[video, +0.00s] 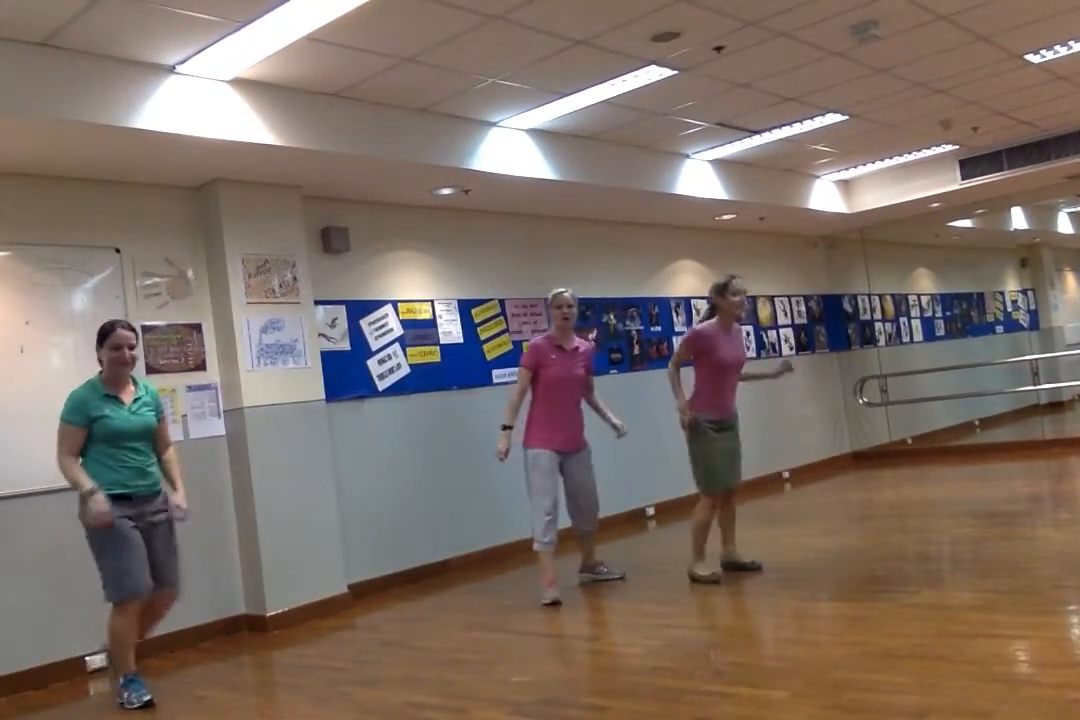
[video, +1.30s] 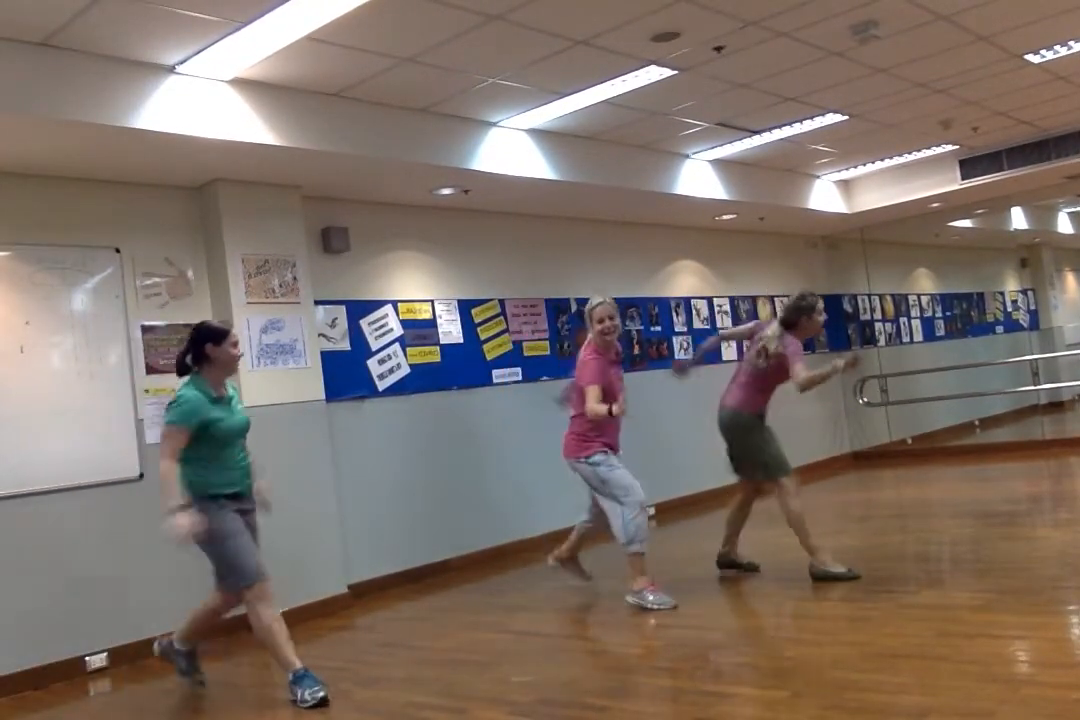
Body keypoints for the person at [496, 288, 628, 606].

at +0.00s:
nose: (565, 311)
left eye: (570, 306)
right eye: (560, 307)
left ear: (576, 310)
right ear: (549, 312)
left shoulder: (585, 349)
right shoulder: (537, 347)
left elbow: (588, 393)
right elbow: (519, 391)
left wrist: (611, 419)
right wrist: (505, 432)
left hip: (574, 440)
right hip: (541, 441)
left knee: (587, 504)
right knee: (546, 509)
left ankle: (589, 563)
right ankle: (549, 584)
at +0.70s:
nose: (560, 301)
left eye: (565, 295)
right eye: (554, 297)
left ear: (574, 302)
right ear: (544, 305)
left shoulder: (590, 342)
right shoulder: (534, 344)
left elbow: (605, 388)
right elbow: (525, 393)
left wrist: (625, 430)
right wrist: (526, 434)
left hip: (590, 437)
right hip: (552, 436)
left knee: (587, 513)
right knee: (574, 498)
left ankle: (573, 591)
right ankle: (544, 559)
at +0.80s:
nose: (569, 300)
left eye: (574, 294)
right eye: (562, 296)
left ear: (583, 300)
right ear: (553, 303)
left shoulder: (597, 340)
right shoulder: (543, 342)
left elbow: (618, 386)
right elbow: (530, 390)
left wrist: (643, 414)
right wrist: (526, 436)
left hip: (595, 435)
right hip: (561, 434)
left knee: (587, 513)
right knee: (602, 489)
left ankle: (573, 591)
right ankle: (580, 576)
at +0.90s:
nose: (580, 299)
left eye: (585, 294)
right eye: (573, 295)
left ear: (594, 300)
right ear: (564, 303)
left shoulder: (606, 339)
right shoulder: (555, 341)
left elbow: (628, 382)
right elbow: (539, 391)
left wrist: (651, 402)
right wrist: (531, 435)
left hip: (602, 434)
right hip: (571, 435)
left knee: (598, 512)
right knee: (610, 496)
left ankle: (573, 590)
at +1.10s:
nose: (607, 311)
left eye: (611, 305)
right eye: (600, 307)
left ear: (619, 309)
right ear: (590, 314)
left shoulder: (623, 347)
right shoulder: (585, 350)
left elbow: (619, 397)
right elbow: (563, 401)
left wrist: (643, 431)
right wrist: (580, 436)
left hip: (612, 442)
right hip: (586, 444)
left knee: (626, 508)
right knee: (627, 503)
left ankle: (576, 553)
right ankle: (640, 584)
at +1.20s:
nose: (609, 319)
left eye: (614, 312)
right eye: (602, 315)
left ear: (621, 316)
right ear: (593, 321)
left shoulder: (621, 349)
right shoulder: (591, 358)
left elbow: (611, 392)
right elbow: (577, 411)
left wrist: (617, 422)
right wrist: (605, 423)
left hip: (606, 442)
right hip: (585, 446)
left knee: (620, 507)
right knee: (633, 503)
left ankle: (565, 543)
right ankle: (640, 585)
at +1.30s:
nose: (608, 325)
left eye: (612, 319)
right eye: (600, 321)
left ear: (619, 321)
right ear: (590, 327)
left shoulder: (611, 350)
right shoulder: (592, 361)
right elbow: (592, 407)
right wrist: (611, 409)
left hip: (602, 445)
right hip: (586, 448)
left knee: (602, 513)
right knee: (632, 499)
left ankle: (566, 553)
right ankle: (640, 583)